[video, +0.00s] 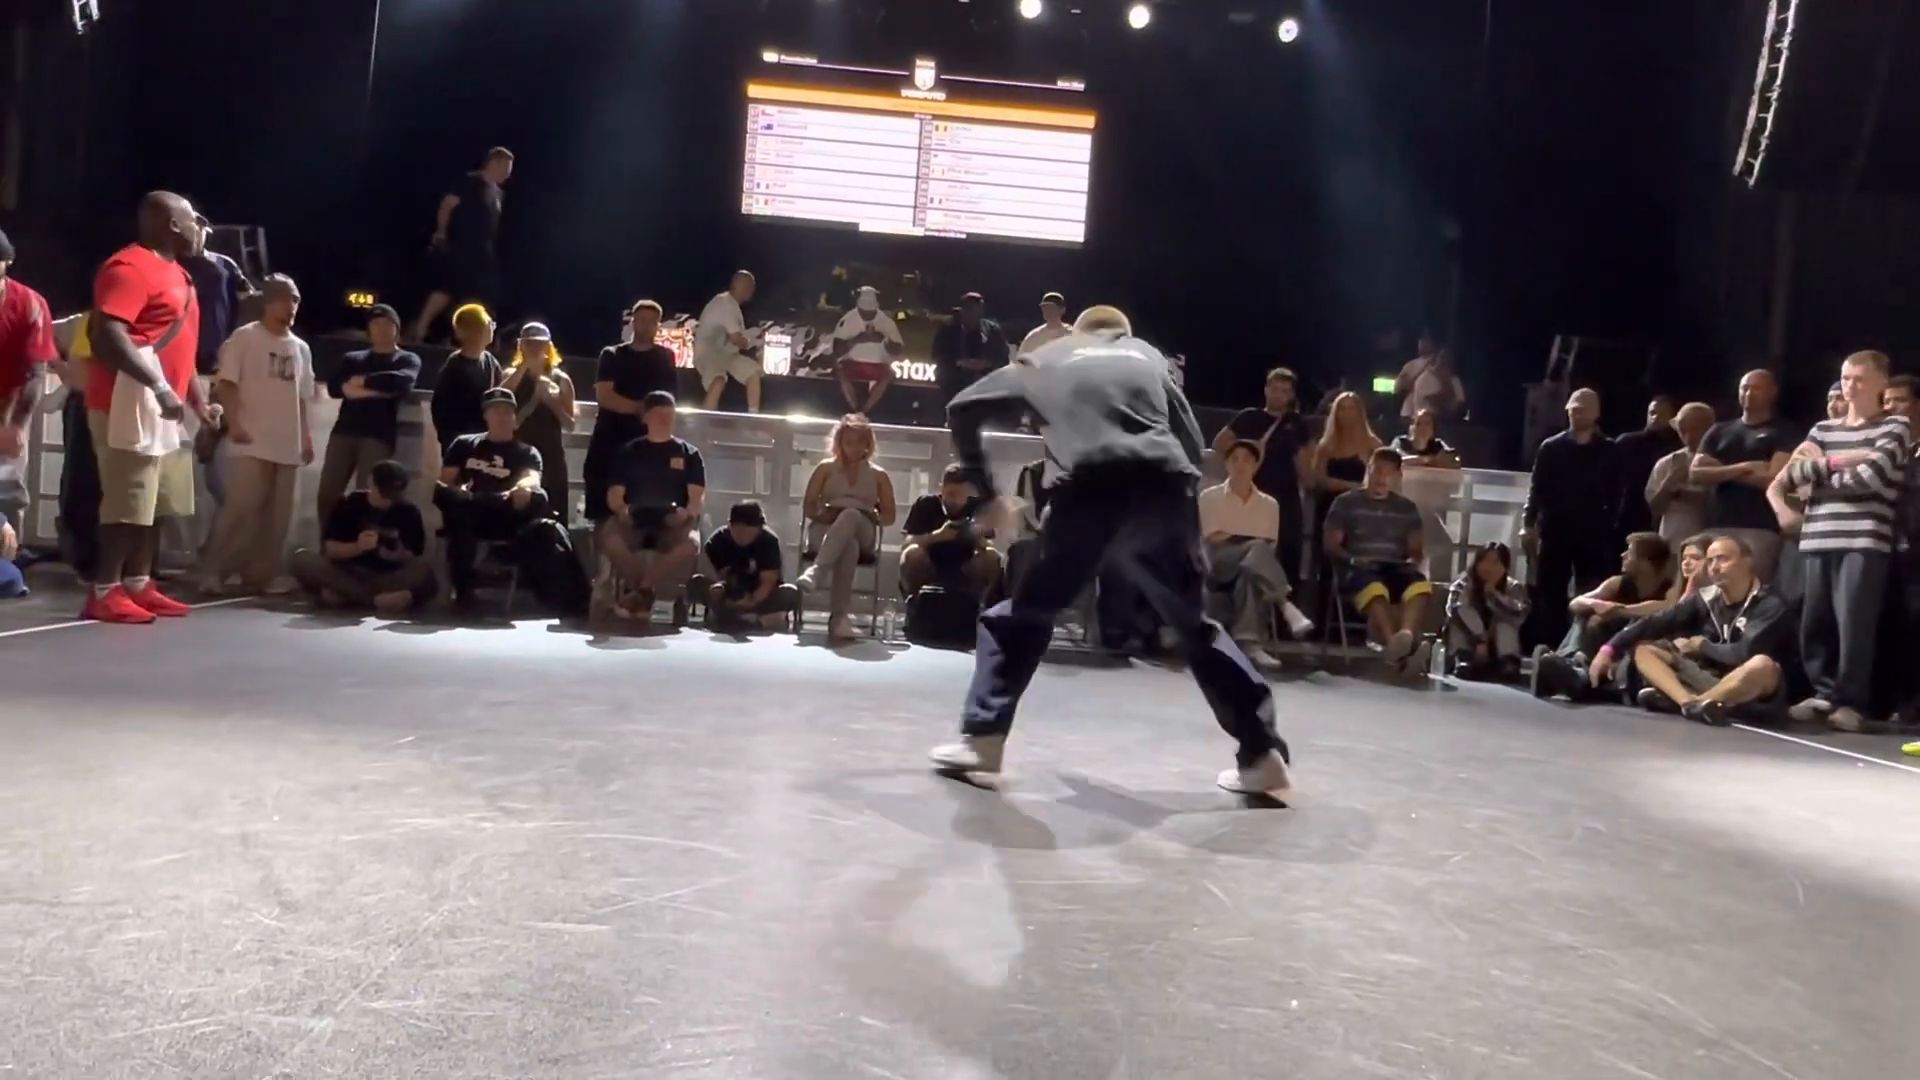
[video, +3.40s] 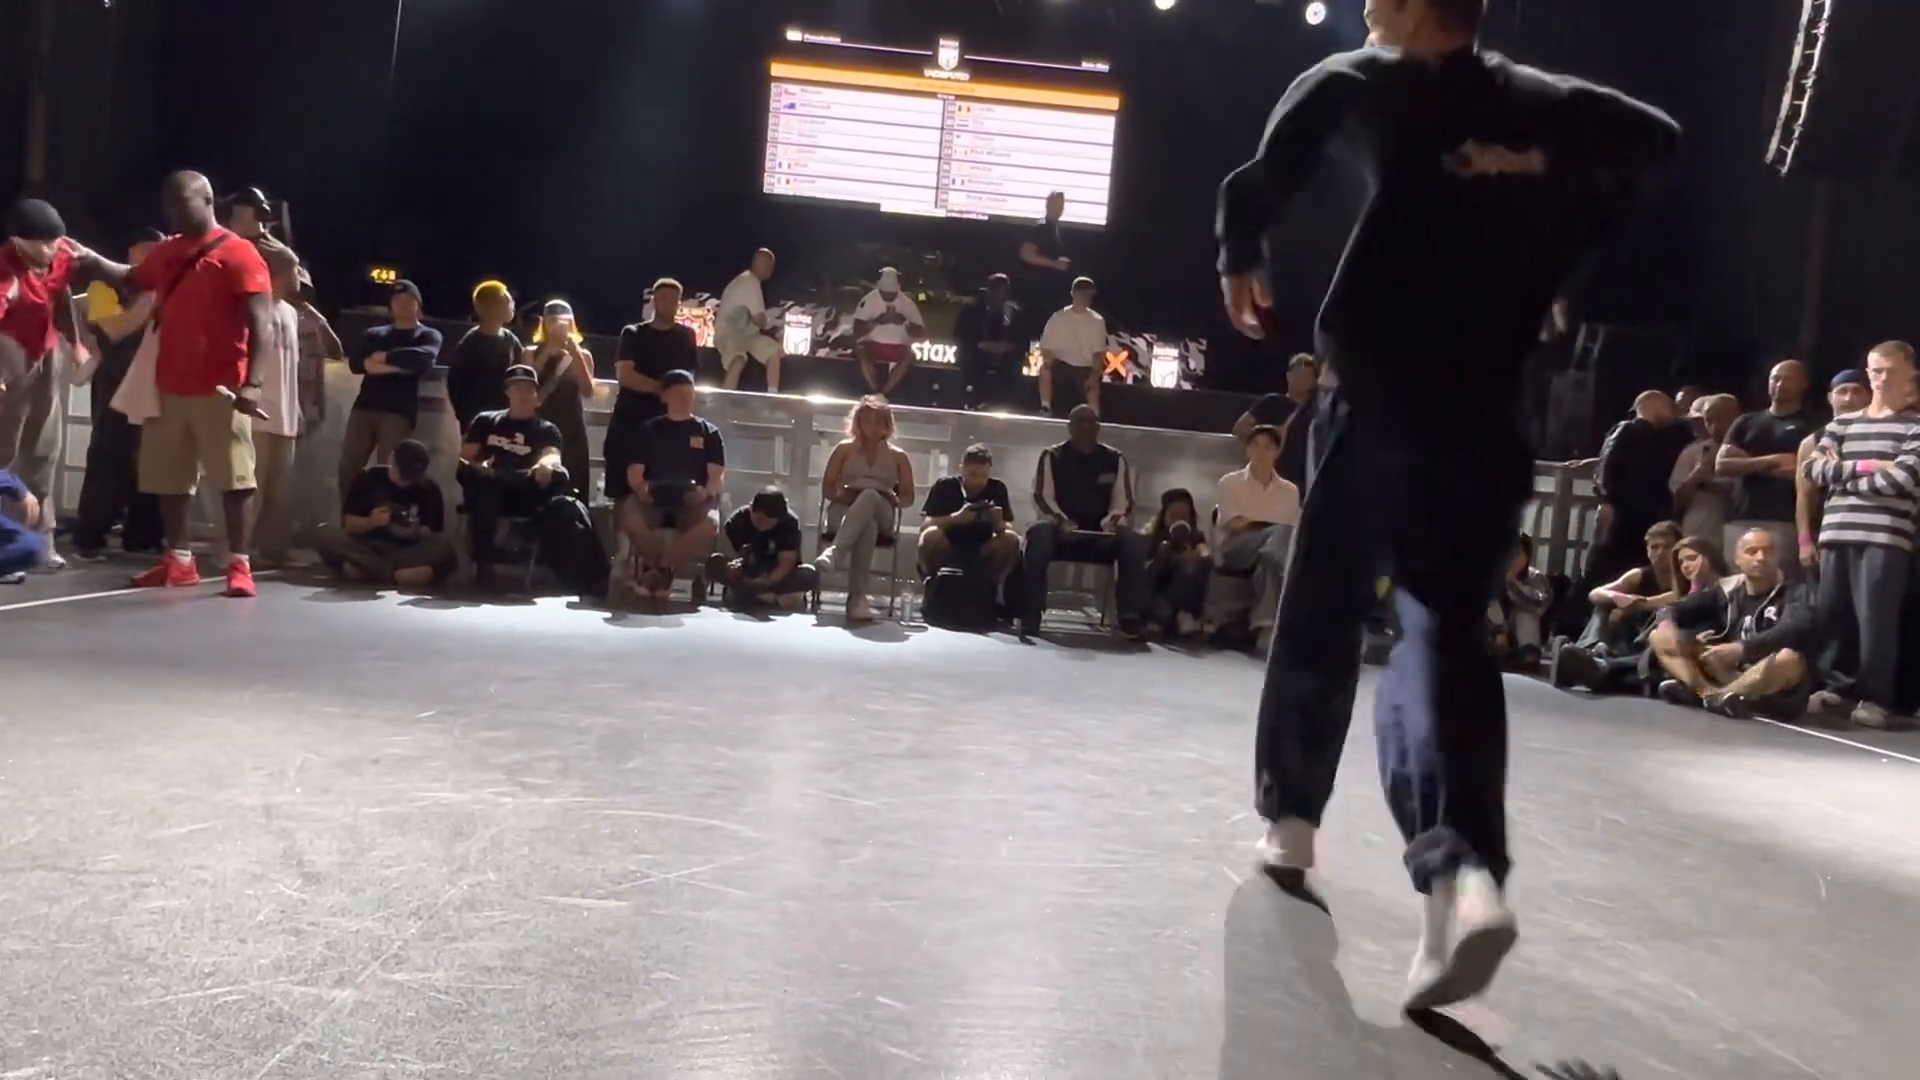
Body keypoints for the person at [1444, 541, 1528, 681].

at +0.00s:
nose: (1488, 567)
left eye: (1495, 563)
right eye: (1483, 561)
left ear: (1505, 569)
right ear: (1476, 564)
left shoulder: (1514, 587)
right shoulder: (1463, 584)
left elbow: (1519, 613)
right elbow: (1457, 609)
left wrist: (1492, 593)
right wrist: (1479, 638)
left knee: (1504, 624)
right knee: (1459, 620)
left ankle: (1509, 660)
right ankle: (1461, 659)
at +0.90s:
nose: (1502, 560)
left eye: (1508, 555)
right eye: (1497, 554)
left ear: (1518, 561)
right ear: (1490, 556)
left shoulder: (1527, 580)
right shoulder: (1476, 577)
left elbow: (1533, 606)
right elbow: (1470, 602)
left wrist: (1505, 585)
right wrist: (1493, 631)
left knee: (1518, 616)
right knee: (1471, 612)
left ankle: (1521, 655)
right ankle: (1474, 652)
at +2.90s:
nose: (1512, 555)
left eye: (1519, 551)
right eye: (1506, 549)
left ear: (1528, 556)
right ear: (1499, 552)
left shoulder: (1537, 576)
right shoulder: (1485, 573)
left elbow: (1541, 602)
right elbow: (1479, 598)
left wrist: (1514, 581)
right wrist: (1501, 628)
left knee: (1527, 608)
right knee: (1480, 607)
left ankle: (1530, 650)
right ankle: (1483, 646)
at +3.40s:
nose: (1511, 560)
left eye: (1516, 555)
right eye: (1509, 555)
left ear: (1527, 558)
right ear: (1502, 557)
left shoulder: (1536, 578)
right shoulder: (1494, 575)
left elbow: (1539, 605)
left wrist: (1511, 582)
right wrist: (1498, 632)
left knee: (1524, 614)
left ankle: (1529, 655)